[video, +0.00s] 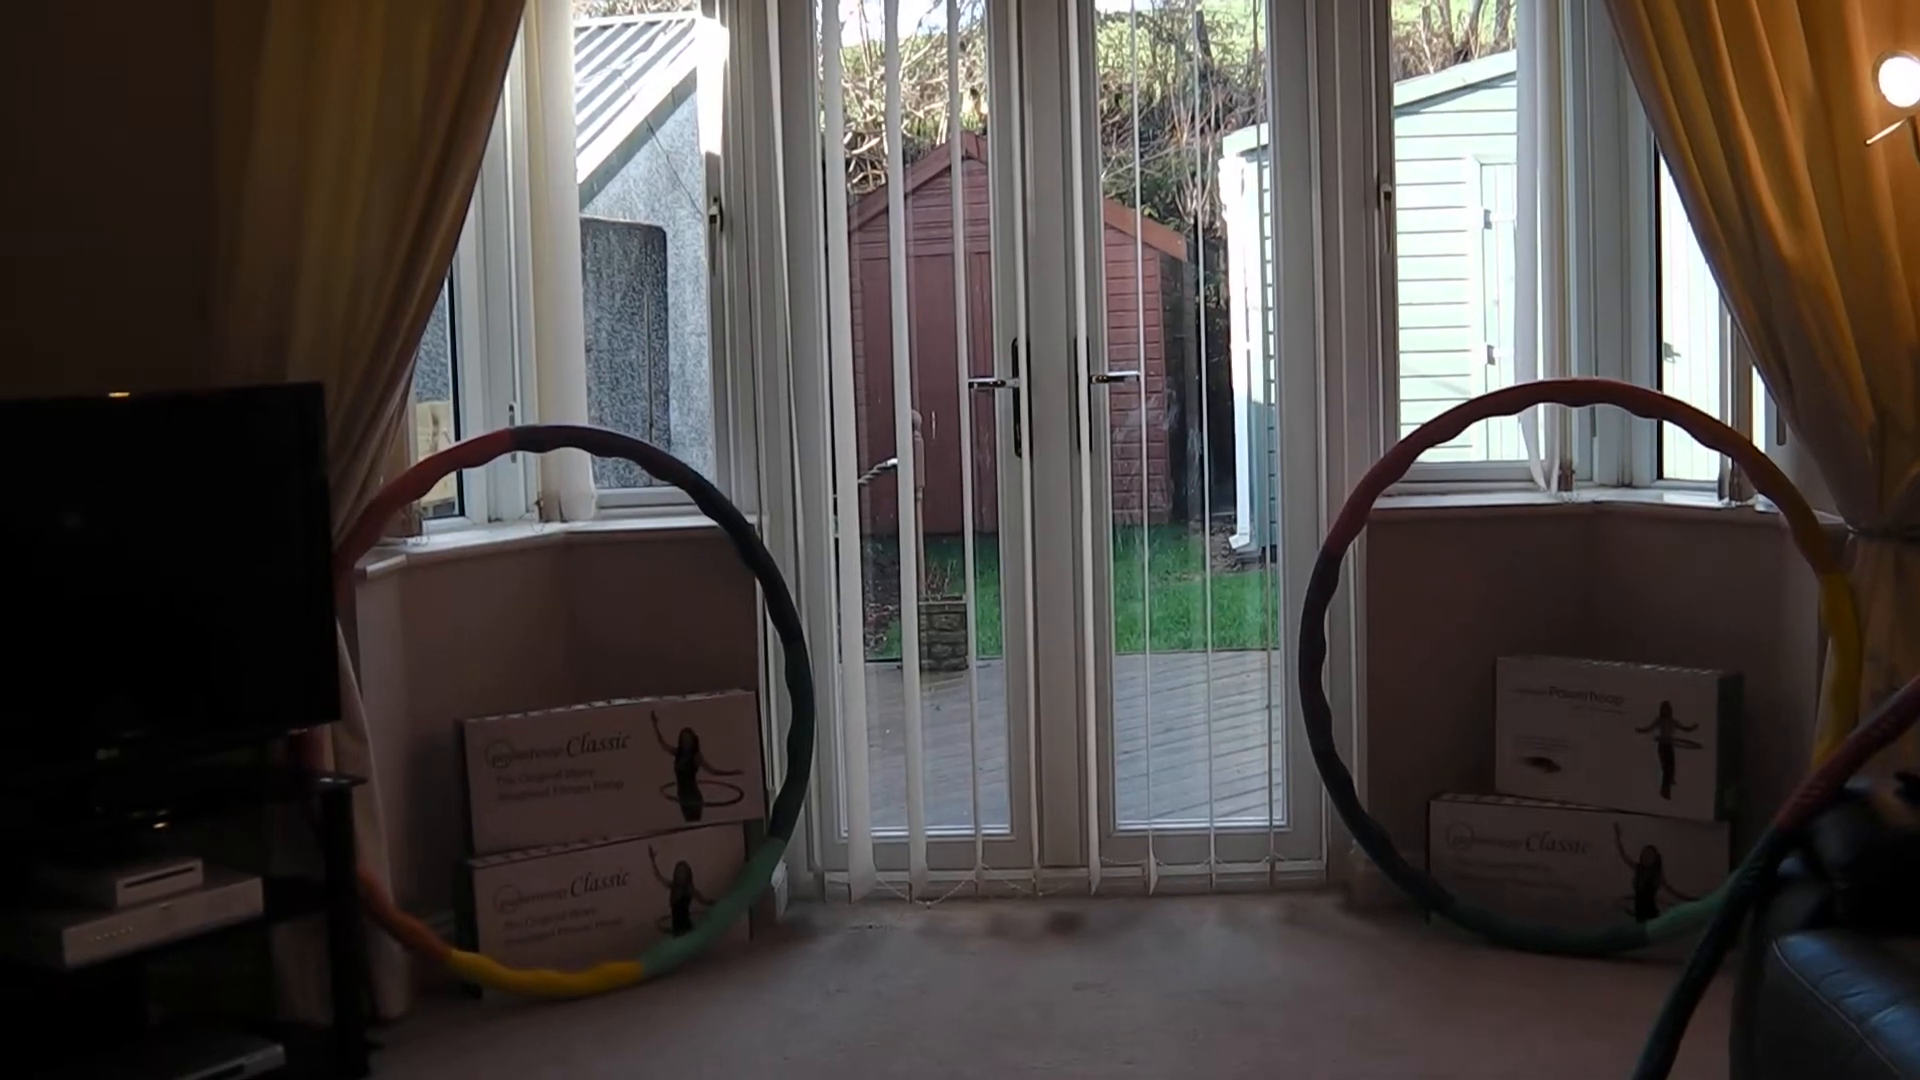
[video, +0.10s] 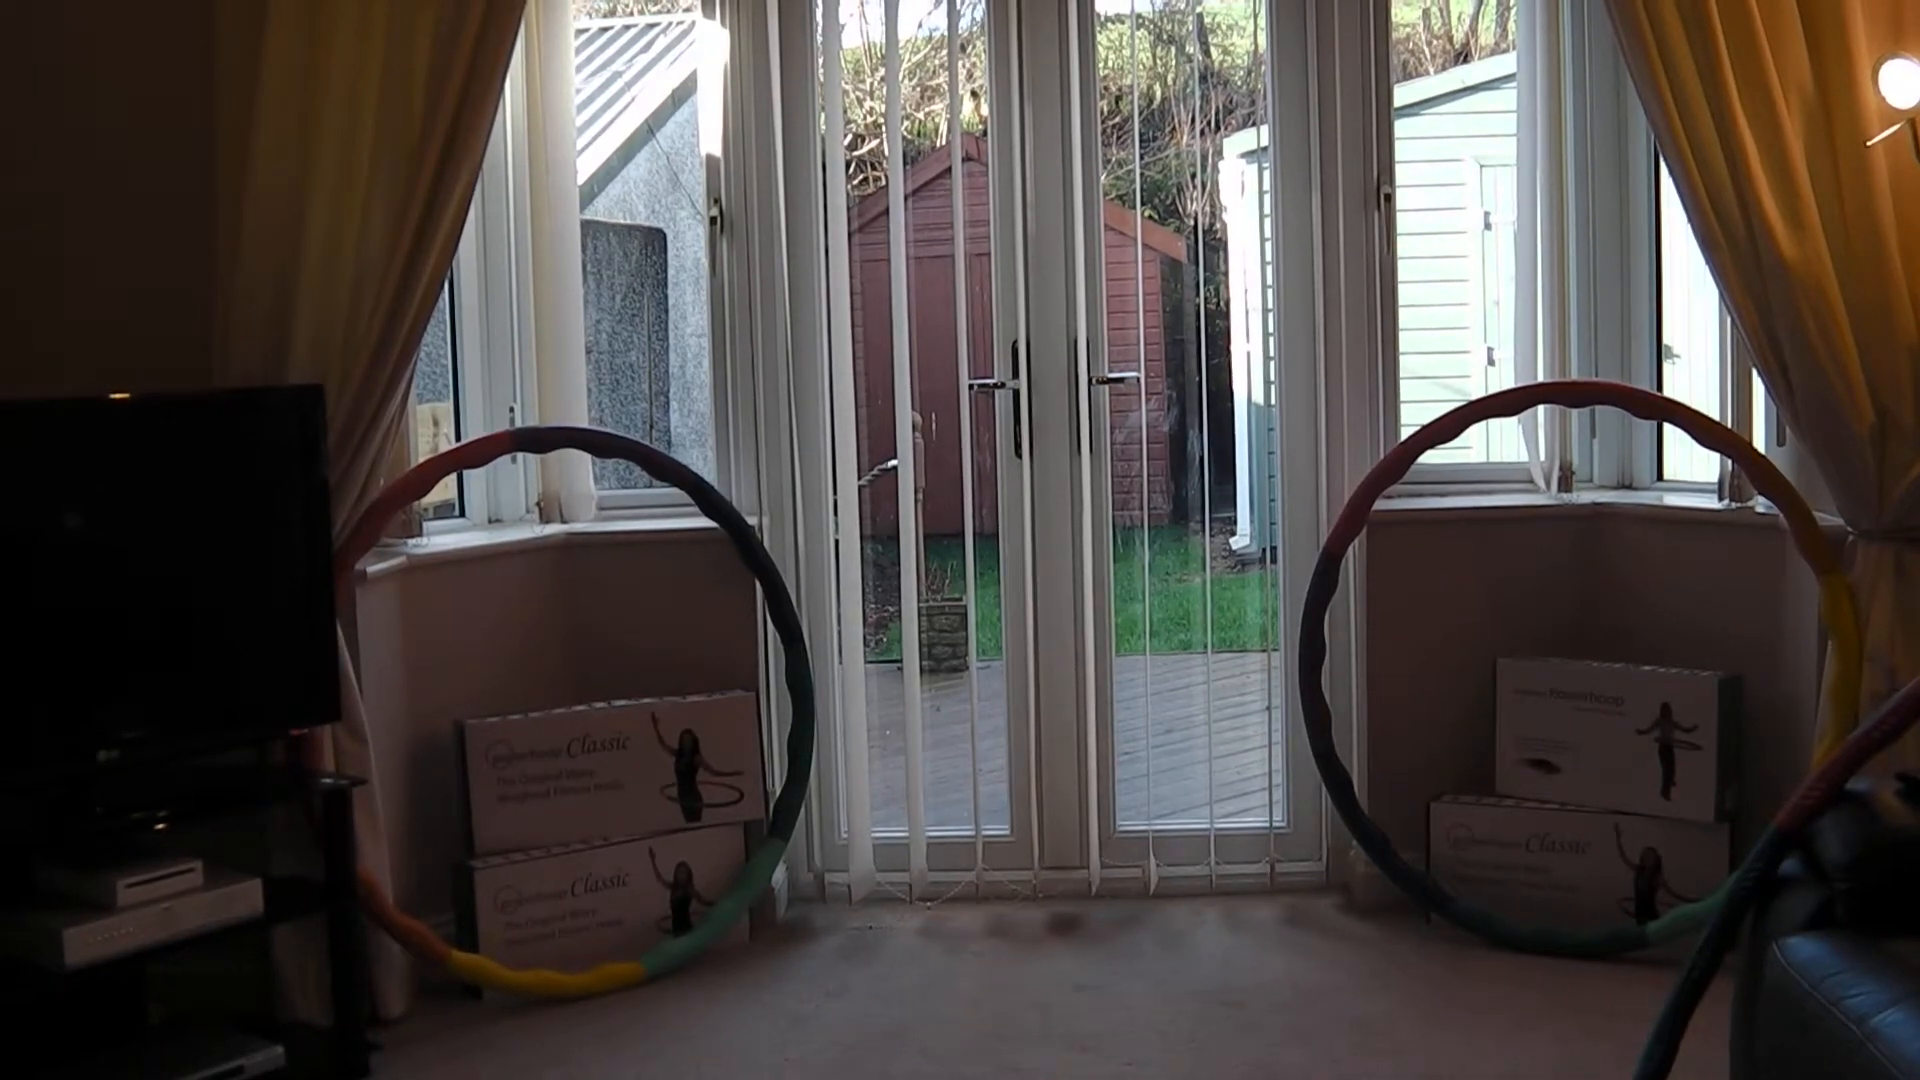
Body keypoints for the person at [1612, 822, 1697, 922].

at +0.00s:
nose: (1646, 858)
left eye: (1649, 855)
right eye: (1644, 855)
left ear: (1655, 859)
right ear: (1640, 856)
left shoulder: (1657, 876)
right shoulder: (1638, 870)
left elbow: (1673, 893)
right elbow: (1623, 856)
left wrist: (1692, 900)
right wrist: (1617, 837)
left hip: (1651, 911)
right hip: (1638, 909)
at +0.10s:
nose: (1646, 859)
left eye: (1650, 857)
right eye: (1645, 856)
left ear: (1655, 860)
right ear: (1641, 858)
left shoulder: (1657, 877)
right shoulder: (1638, 871)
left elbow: (1673, 894)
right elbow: (1623, 857)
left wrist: (1692, 901)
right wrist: (1618, 838)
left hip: (1651, 913)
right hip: (1639, 912)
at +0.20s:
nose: (1646, 858)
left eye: (1650, 856)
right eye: (1645, 855)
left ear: (1655, 859)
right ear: (1641, 857)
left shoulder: (1657, 876)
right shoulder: (1639, 870)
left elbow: (1673, 893)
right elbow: (1624, 857)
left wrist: (1691, 900)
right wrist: (1618, 838)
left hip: (1651, 912)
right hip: (1639, 911)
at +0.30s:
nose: (1646, 859)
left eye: (1650, 856)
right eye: (1645, 856)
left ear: (1655, 859)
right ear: (1641, 857)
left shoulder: (1657, 876)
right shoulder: (1639, 870)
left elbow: (1673, 894)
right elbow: (1623, 857)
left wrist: (1691, 900)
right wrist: (1618, 838)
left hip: (1651, 912)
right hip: (1639, 911)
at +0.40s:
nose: (1646, 859)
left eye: (1650, 856)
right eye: (1645, 855)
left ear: (1655, 859)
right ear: (1641, 857)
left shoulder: (1657, 876)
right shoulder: (1639, 870)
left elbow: (1673, 894)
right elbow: (1623, 857)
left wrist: (1691, 900)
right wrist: (1618, 838)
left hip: (1651, 913)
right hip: (1639, 911)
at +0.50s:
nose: (1647, 859)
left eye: (1650, 856)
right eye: (1645, 856)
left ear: (1655, 859)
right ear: (1642, 857)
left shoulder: (1657, 876)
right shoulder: (1639, 870)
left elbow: (1673, 894)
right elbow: (1623, 857)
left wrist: (1692, 900)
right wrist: (1618, 839)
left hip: (1651, 912)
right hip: (1639, 911)